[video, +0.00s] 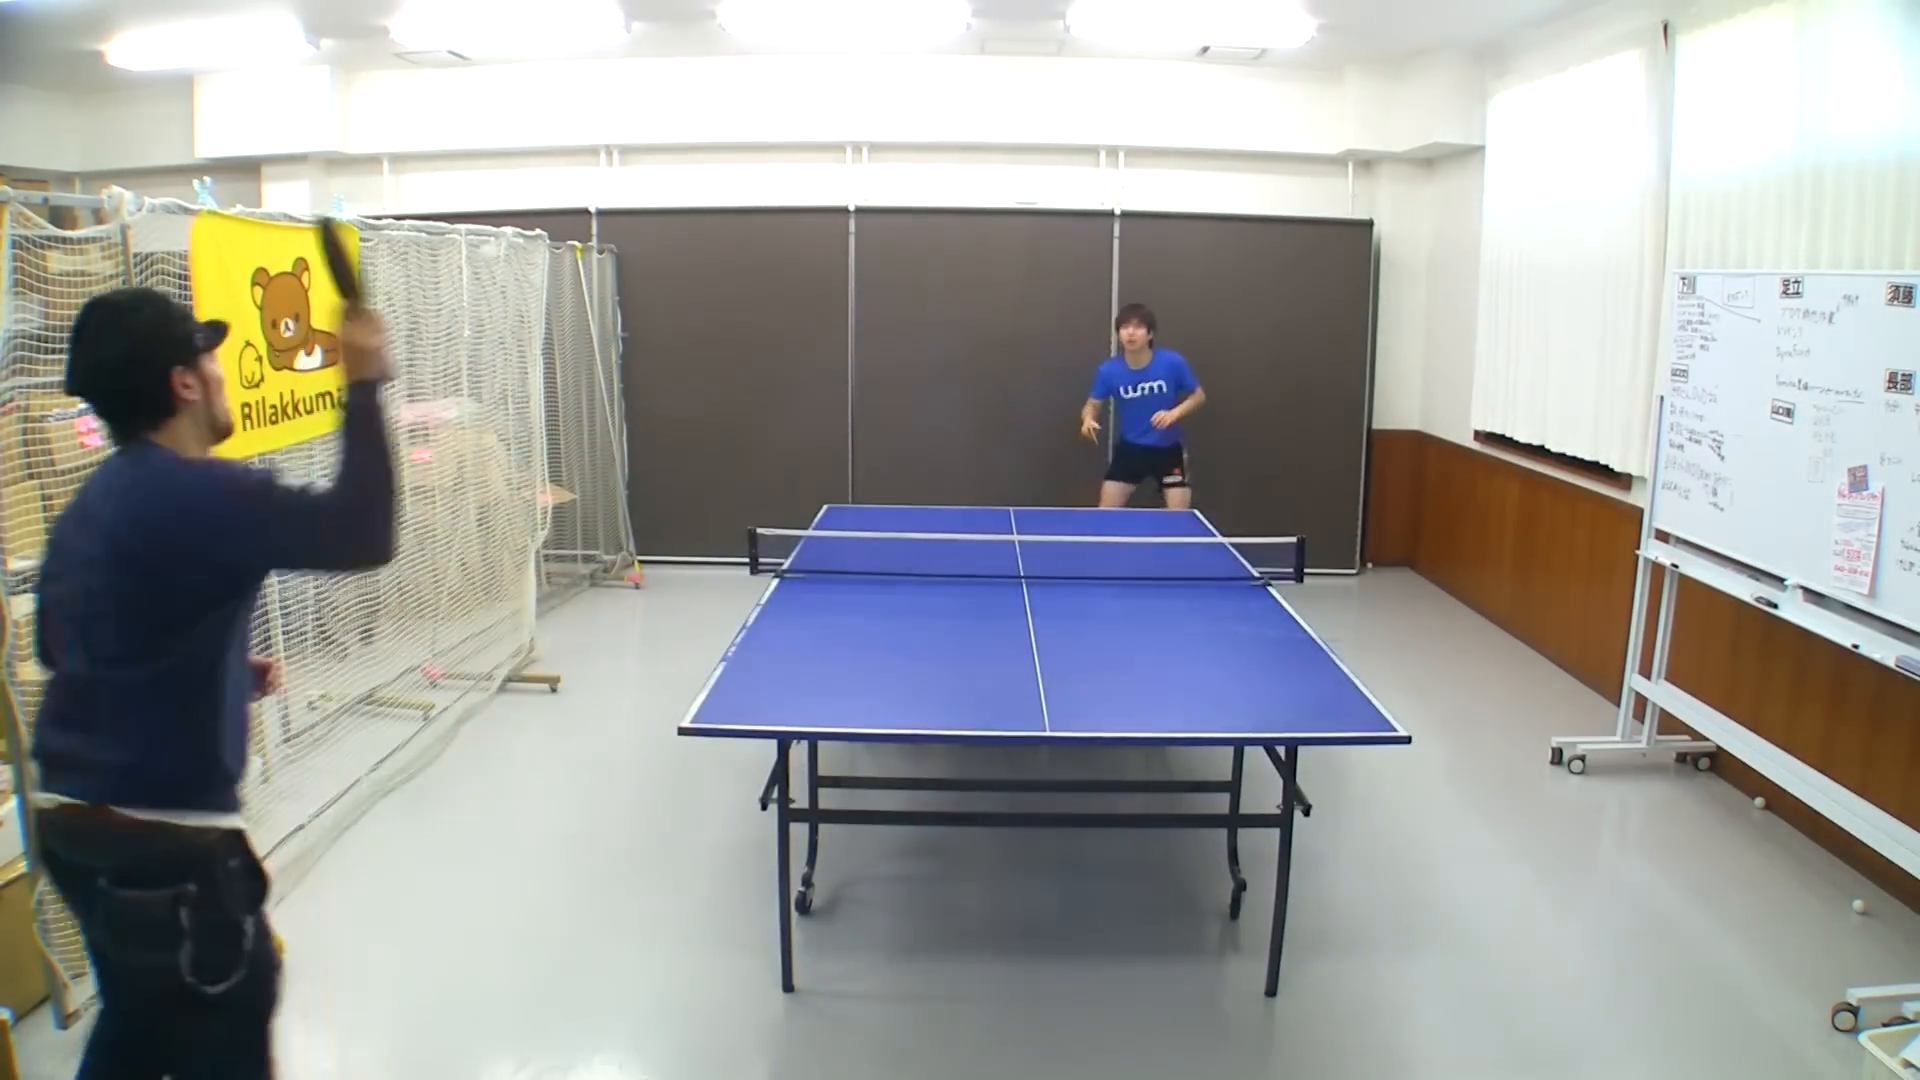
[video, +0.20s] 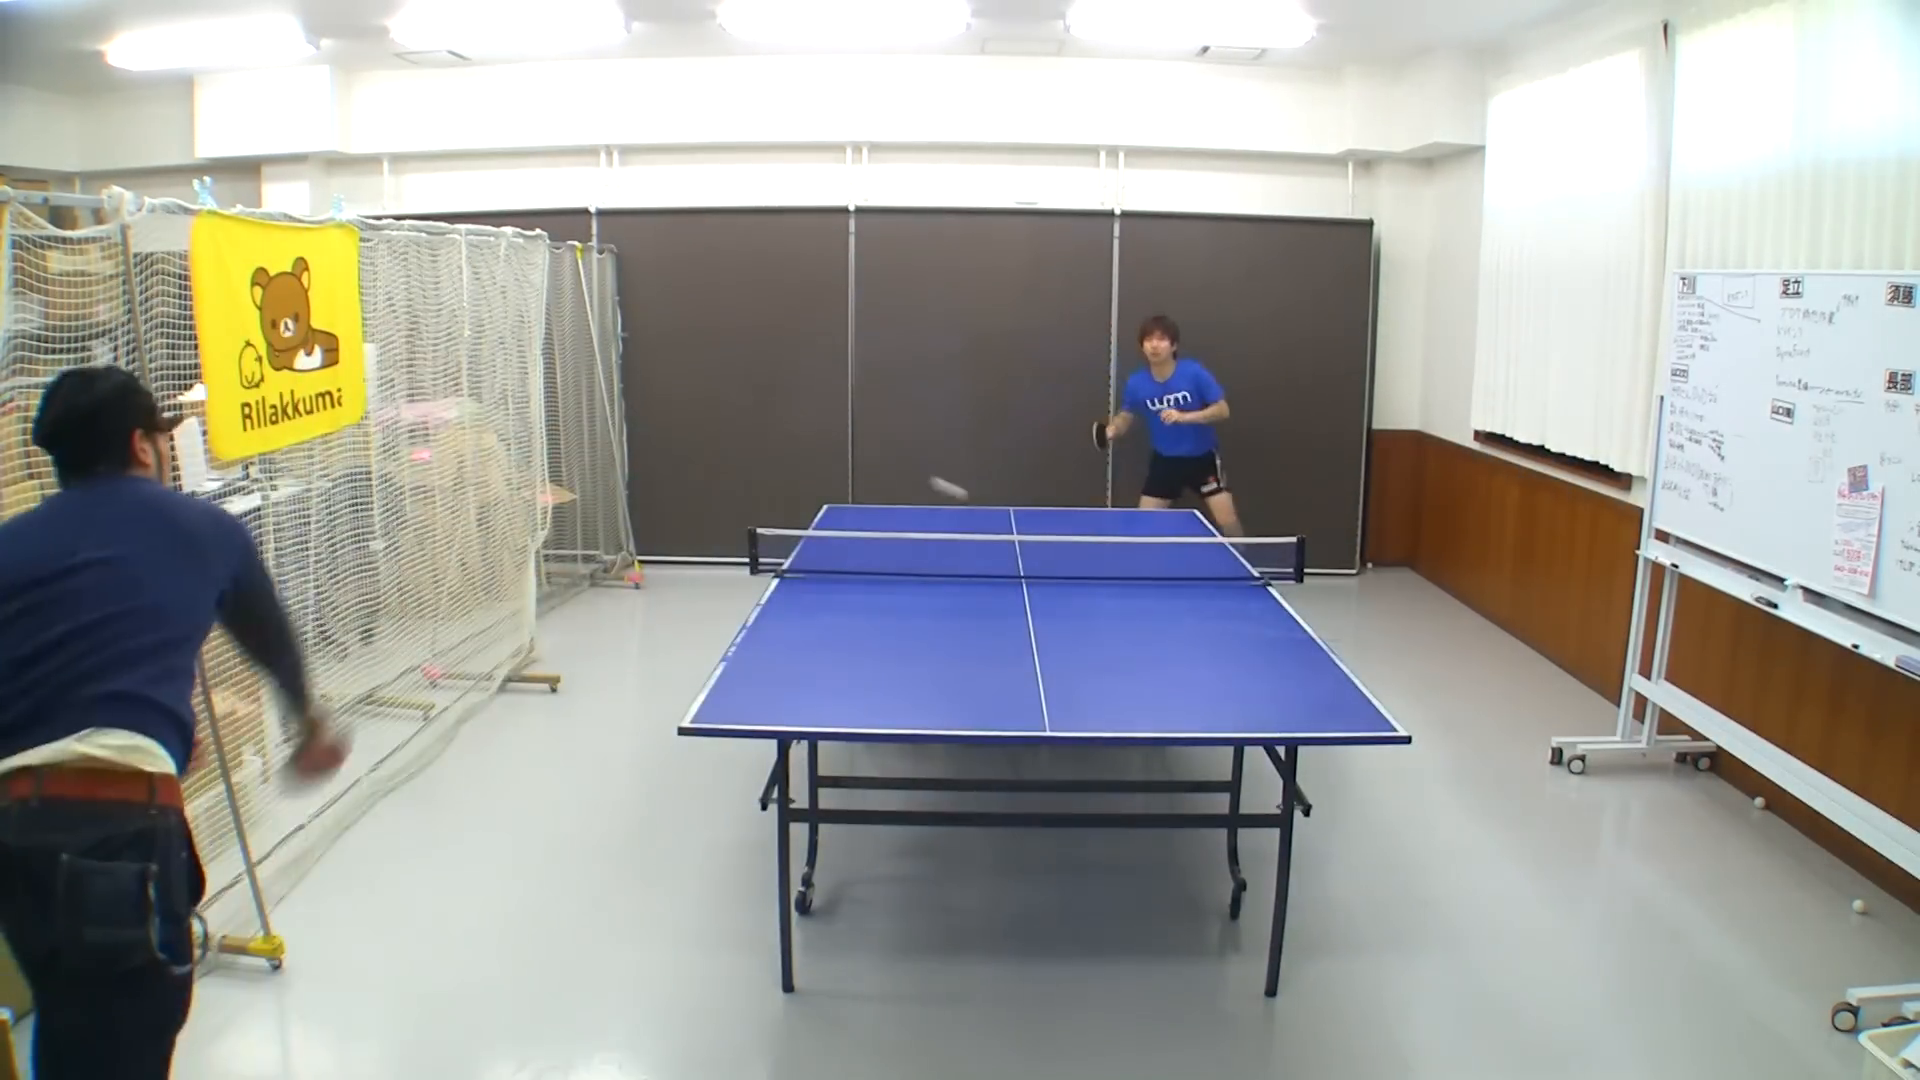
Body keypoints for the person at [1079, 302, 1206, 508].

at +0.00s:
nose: (1131, 333)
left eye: (1138, 327)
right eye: (1125, 327)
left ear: (1149, 334)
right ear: (1118, 333)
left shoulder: (1171, 362)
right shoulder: (1109, 370)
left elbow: (1199, 395)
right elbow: (1093, 403)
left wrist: (1173, 414)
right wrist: (1088, 419)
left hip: (1167, 449)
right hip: (1130, 449)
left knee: (1178, 519)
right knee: (1106, 514)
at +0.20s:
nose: (1154, 345)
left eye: (1161, 339)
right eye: (1149, 339)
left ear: (1174, 345)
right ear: (1142, 346)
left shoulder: (1193, 372)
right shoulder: (1136, 383)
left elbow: (1222, 410)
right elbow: (1126, 416)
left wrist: (1183, 417)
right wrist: (1112, 429)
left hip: (1201, 459)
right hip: (1164, 461)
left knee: (1227, 521)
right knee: (1145, 520)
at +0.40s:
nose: (1208, 358)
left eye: (1214, 352)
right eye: (1202, 353)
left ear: (1224, 357)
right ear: (1192, 359)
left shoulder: (1241, 387)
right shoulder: (1183, 394)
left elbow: (1266, 420)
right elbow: (1175, 425)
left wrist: (1249, 435)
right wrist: (1176, 445)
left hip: (1240, 473)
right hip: (1201, 473)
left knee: (1278, 527)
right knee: (1166, 522)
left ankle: (1301, 580)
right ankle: (1152, 583)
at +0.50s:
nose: (1260, 350)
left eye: (1265, 344)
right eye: (1253, 344)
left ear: (1273, 349)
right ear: (1241, 351)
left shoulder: (1285, 379)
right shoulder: (1227, 387)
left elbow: (1308, 410)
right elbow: (1217, 431)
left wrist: (1305, 413)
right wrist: (1253, 430)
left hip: (1271, 469)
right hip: (1233, 469)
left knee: (1301, 525)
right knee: (1193, 520)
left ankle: (1302, 579)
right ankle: (1168, 579)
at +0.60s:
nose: (1308, 335)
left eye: (1313, 329)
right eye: (1301, 329)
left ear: (1319, 334)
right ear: (1286, 335)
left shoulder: (1319, 363)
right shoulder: (1281, 363)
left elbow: (1340, 386)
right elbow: (1291, 394)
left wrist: (1361, 373)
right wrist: (1331, 376)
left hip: (1296, 456)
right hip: (1262, 452)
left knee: (1320, 522)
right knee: (1220, 514)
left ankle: (1303, 578)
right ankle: (1171, 557)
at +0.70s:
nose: (1344, 322)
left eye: (1349, 316)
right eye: (1336, 316)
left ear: (1355, 323)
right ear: (1321, 324)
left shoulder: (1341, 356)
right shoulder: (1319, 350)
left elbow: (1343, 372)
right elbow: (1343, 356)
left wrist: (1363, 378)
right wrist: (1377, 340)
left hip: (1322, 447)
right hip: (1293, 442)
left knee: (1350, 511)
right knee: (1252, 509)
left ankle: (1319, 566)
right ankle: (1211, 542)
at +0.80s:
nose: (1377, 331)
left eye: (1381, 325)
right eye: (1370, 323)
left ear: (1384, 331)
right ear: (1356, 327)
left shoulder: (1368, 361)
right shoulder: (1352, 354)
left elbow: (1351, 398)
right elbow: (1373, 377)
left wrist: (1376, 405)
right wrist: (1411, 363)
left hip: (1350, 452)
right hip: (1321, 446)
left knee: (1386, 512)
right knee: (1278, 515)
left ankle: (1371, 575)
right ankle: (1222, 529)